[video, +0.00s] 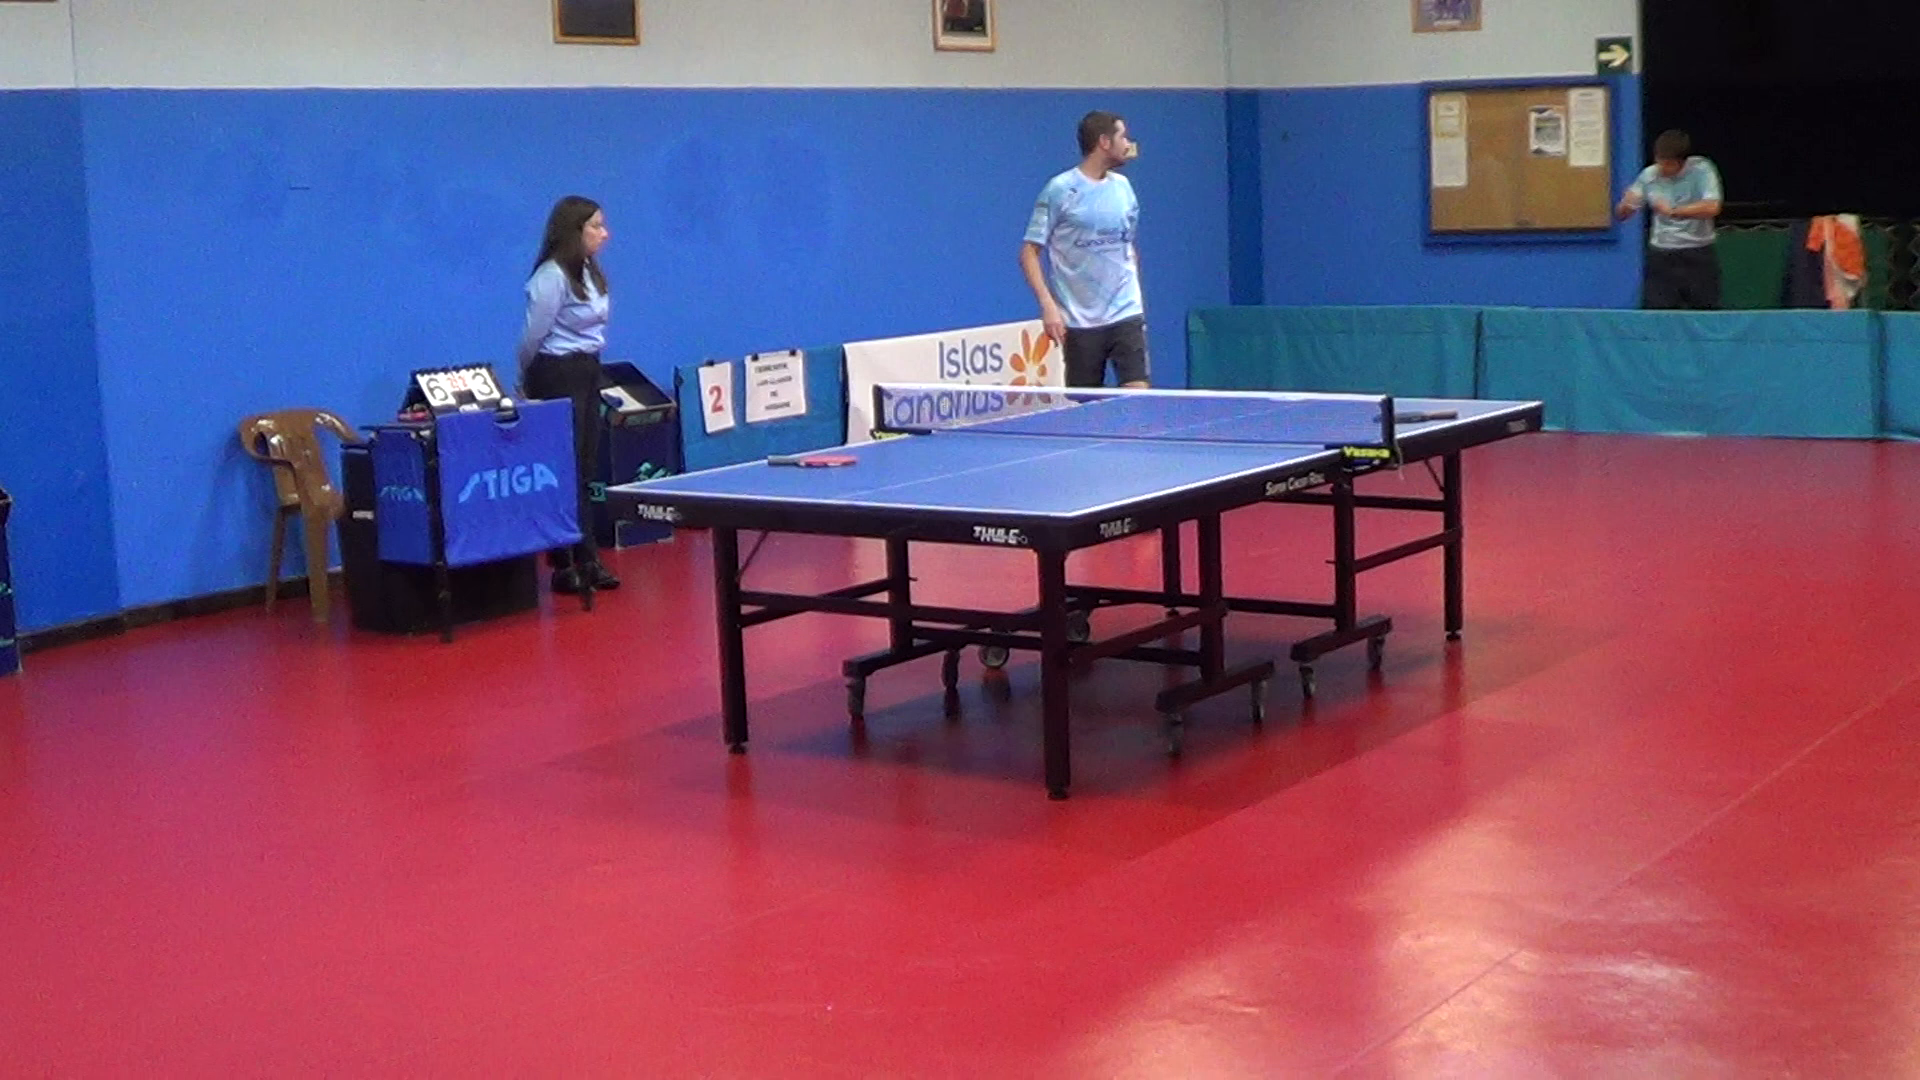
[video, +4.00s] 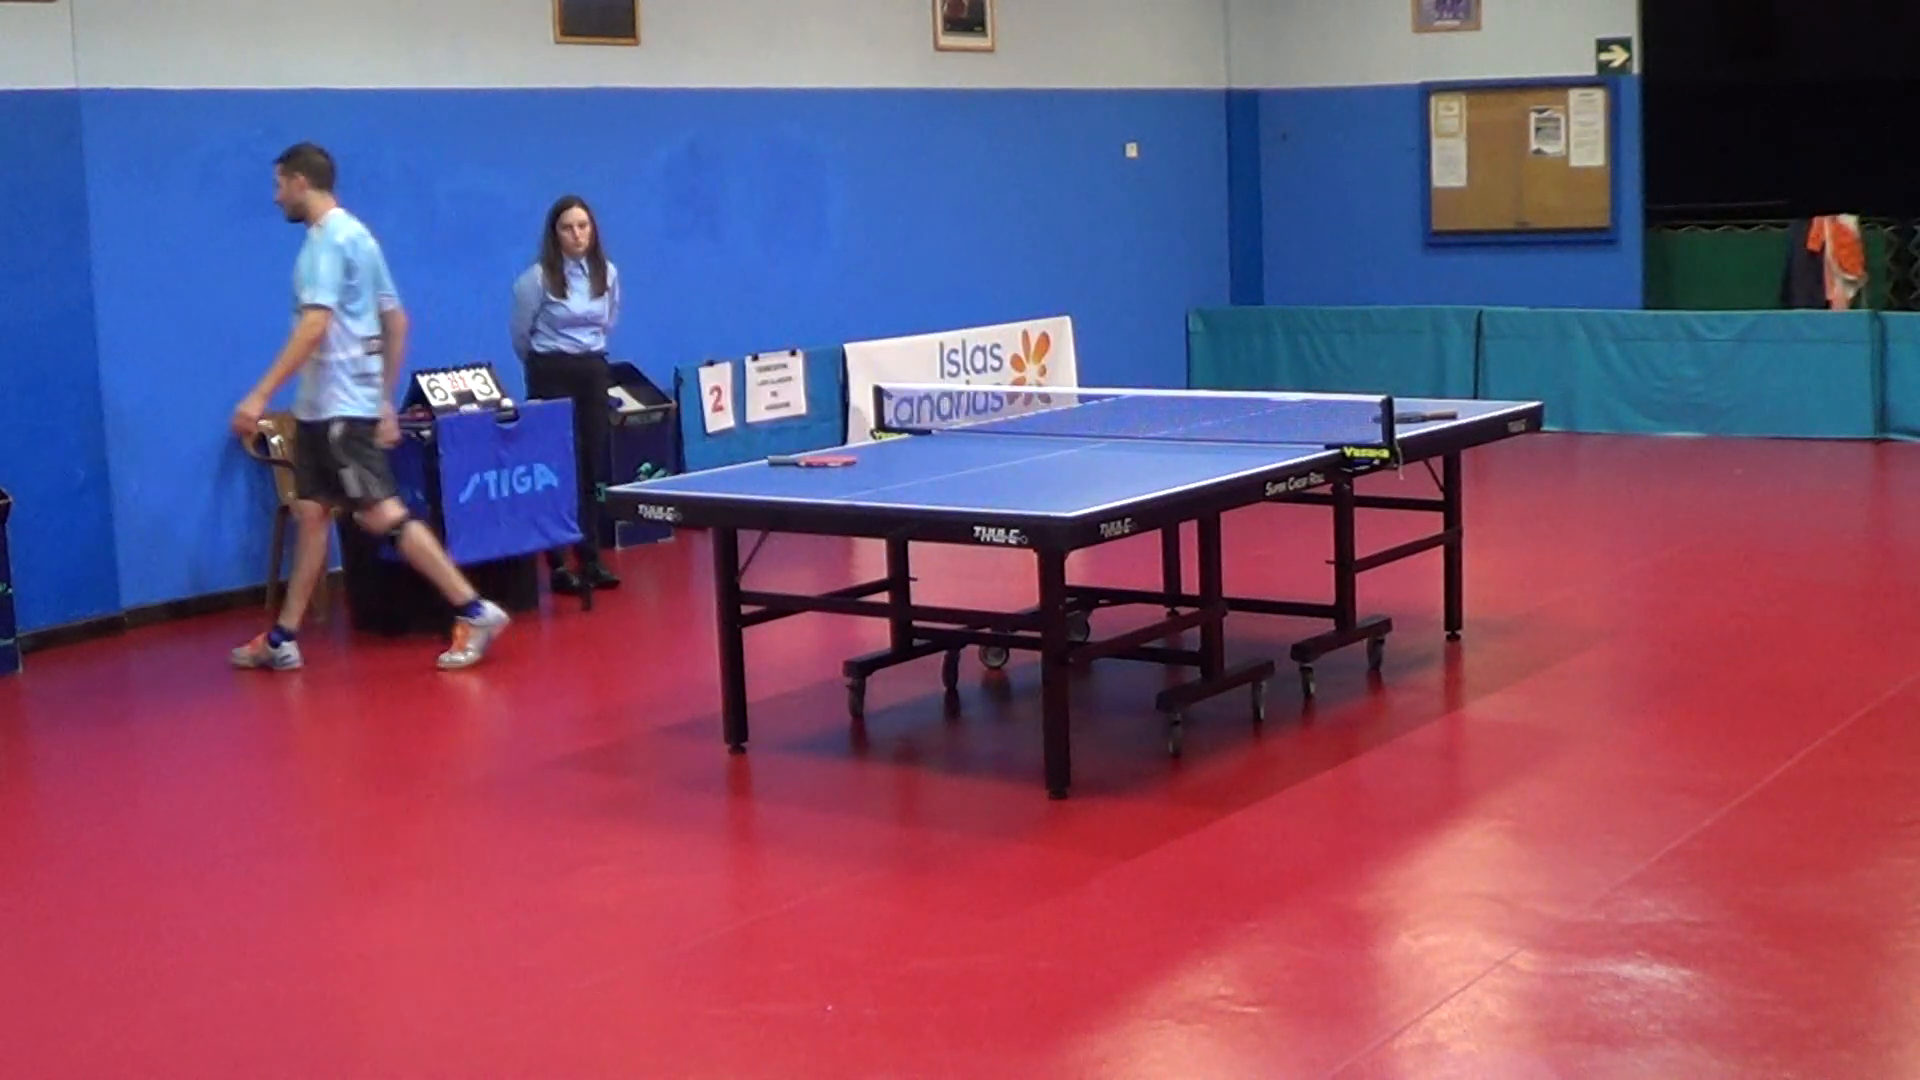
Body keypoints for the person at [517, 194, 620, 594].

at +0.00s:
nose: (605, 233)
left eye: (604, 225)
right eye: (597, 226)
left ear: (587, 231)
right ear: (575, 231)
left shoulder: (590, 270)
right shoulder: (551, 277)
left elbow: (588, 328)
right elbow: (532, 335)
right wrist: (524, 373)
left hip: (587, 367)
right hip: (557, 370)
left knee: (585, 463)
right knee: (562, 466)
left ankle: (587, 555)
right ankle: (565, 562)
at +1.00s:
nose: (605, 233)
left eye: (604, 225)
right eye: (597, 226)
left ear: (587, 231)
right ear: (575, 232)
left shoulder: (589, 271)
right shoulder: (551, 276)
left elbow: (587, 328)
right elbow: (531, 334)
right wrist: (523, 372)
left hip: (586, 367)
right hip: (557, 370)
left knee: (584, 464)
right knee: (563, 466)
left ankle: (587, 556)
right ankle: (565, 562)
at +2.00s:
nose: (602, 231)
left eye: (601, 224)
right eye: (594, 225)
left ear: (590, 230)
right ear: (572, 230)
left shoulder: (591, 271)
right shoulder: (547, 276)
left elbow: (593, 326)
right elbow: (528, 333)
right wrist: (527, 369)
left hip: (588, 367)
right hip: (556, 369)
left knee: (587, 462)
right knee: (562, 465)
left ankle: (588, 555)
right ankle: (564, 562)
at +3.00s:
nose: (602, 233)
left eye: (603, 225)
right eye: (594, 226)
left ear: (597, 231)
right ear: (572, 230)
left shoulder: (595, 271)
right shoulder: (549, 275)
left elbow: (596, 324)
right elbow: (529, 332)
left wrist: (577, 355)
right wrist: (528, 366)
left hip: (590, 365)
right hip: (556, 367)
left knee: (589, 463)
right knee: (561, 465)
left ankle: (588, 556)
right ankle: (563, 562)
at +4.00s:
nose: (577, 233)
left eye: (583, 225)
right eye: (568, 227)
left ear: (593, 229)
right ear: (555, 233)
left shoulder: (607, 273)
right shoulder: (535, 280)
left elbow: (610, 320)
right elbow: (520, 332)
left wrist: (589, 349)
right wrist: (534, 360)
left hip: (593, 367)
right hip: (550, 369)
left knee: (593, 461)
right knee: (556, 463)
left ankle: (592, 556)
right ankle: (559, 562)